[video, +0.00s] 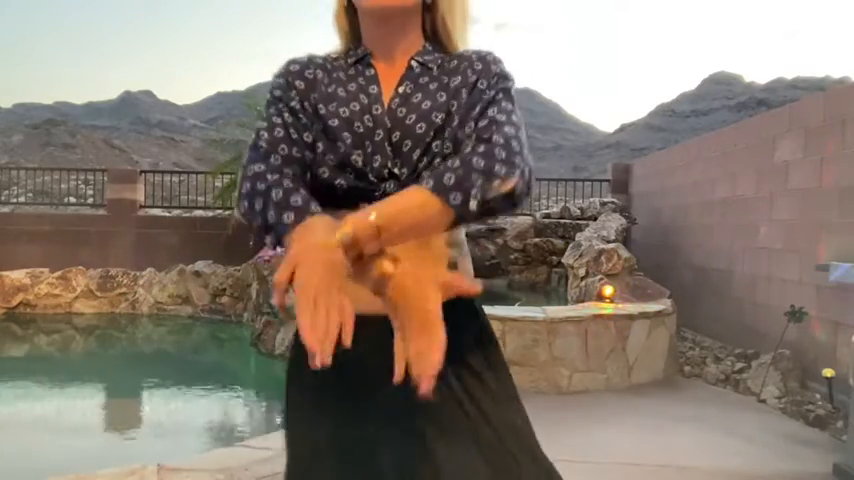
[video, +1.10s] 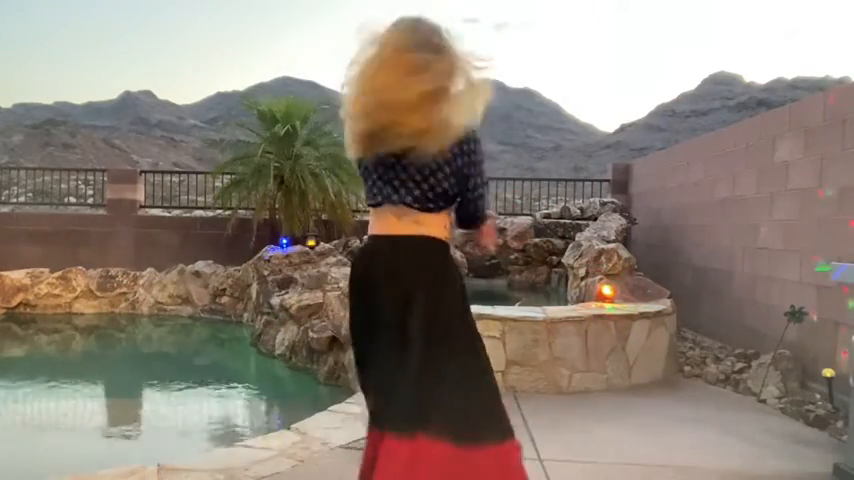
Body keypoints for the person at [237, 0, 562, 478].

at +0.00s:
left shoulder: (476, 73)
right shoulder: (304, 79)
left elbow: (499, 168)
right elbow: (265, 182)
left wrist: (352, 233)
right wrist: (386, 274)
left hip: (447, 330)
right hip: (336, 335)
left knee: (491, 467)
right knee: (334, 469)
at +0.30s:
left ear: (435, 2)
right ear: (365, 4)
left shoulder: (473, 81)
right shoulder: (328, 89)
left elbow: (460, 181)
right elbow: (322, 212)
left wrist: (361, 207)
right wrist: (389, 247)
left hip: (439, 297)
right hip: (350, 294)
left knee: (455, 457)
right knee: (344, 459)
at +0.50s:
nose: (406, 8)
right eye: (391, 0)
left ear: (439, 13)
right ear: (370, 16)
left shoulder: (473, 103)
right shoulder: (351, 103)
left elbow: (484, 196)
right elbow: (365, 226)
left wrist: (439, 215)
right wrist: (453, 249)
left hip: (447, 292)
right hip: (370, 293)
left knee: (459, 447)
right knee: (368, 448)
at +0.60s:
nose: (411, 14)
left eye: (422, 3)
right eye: (394, 5)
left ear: (440, 19)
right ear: (374, 26)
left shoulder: (467, 101)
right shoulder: (366, 102)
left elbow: (494, 174)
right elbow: (387, 216)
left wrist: (456, 215)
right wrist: (484, 232)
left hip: (448, 285)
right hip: (385, 283)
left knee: (455, 437)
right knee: (381, 438)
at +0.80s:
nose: (437, 16)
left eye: (438, 6)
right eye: (420, 7)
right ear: (387, 27)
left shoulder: (408, 89)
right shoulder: (416, 93)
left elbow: (469, 162)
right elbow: (447, 199)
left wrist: (513, 198)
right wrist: (515, 215)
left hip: (399, 260)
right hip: (408, 266)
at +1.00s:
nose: (450, 62)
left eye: (446, 54)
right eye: (446, 54)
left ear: (381, 58)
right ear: (439, 61)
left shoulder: (374, 119)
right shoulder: (455, 126)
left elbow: (417, 192)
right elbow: (482, 211)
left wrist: (491, 209)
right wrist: (503, 223)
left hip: (373, 262)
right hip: (428, 266)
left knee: (386, 394)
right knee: (457, 398)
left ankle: (388, 472)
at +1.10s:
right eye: (445, 64)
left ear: (381, 68)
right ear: (446, 71)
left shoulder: (369, 129)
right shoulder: (457, 133)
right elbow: (472, 213)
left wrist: (474, 223)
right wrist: (487, 235)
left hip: (372, 263)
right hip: (427, 266)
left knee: (387, 391)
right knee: (457, 390)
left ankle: (395, 469)